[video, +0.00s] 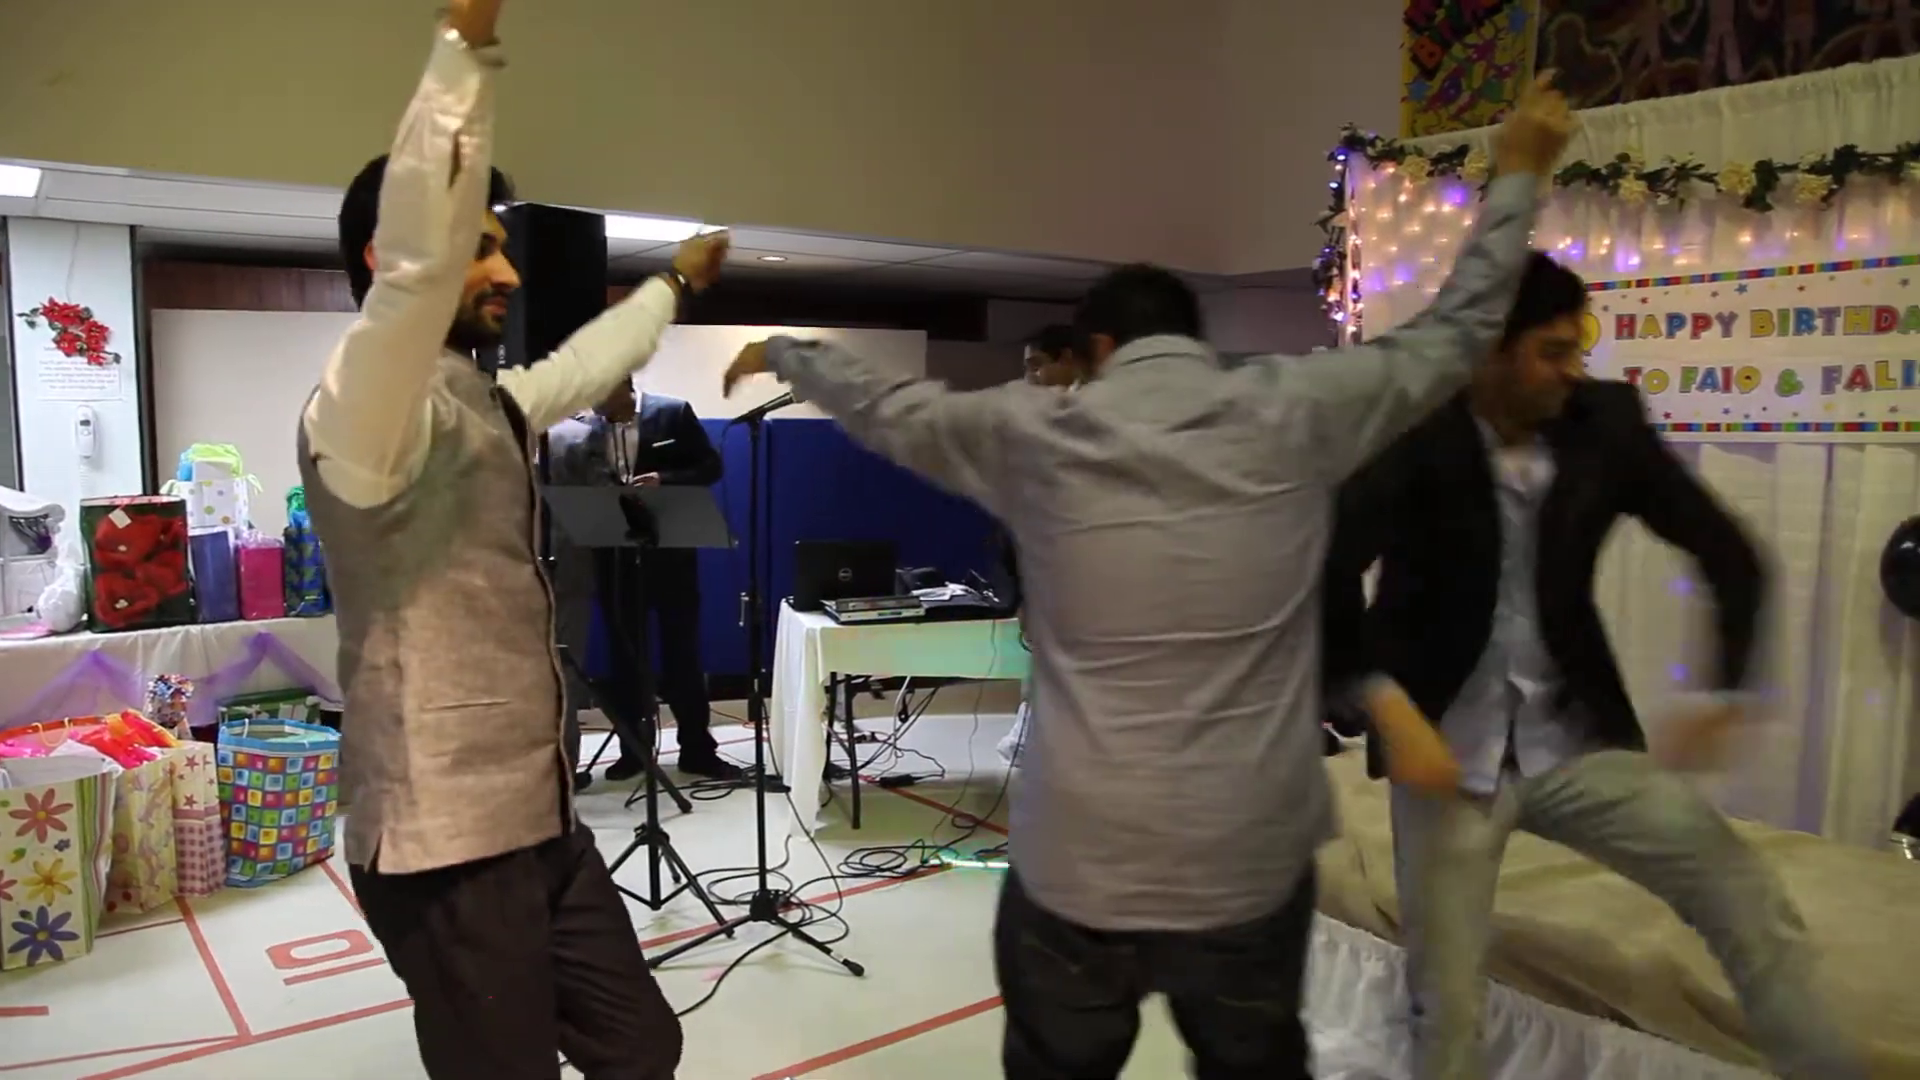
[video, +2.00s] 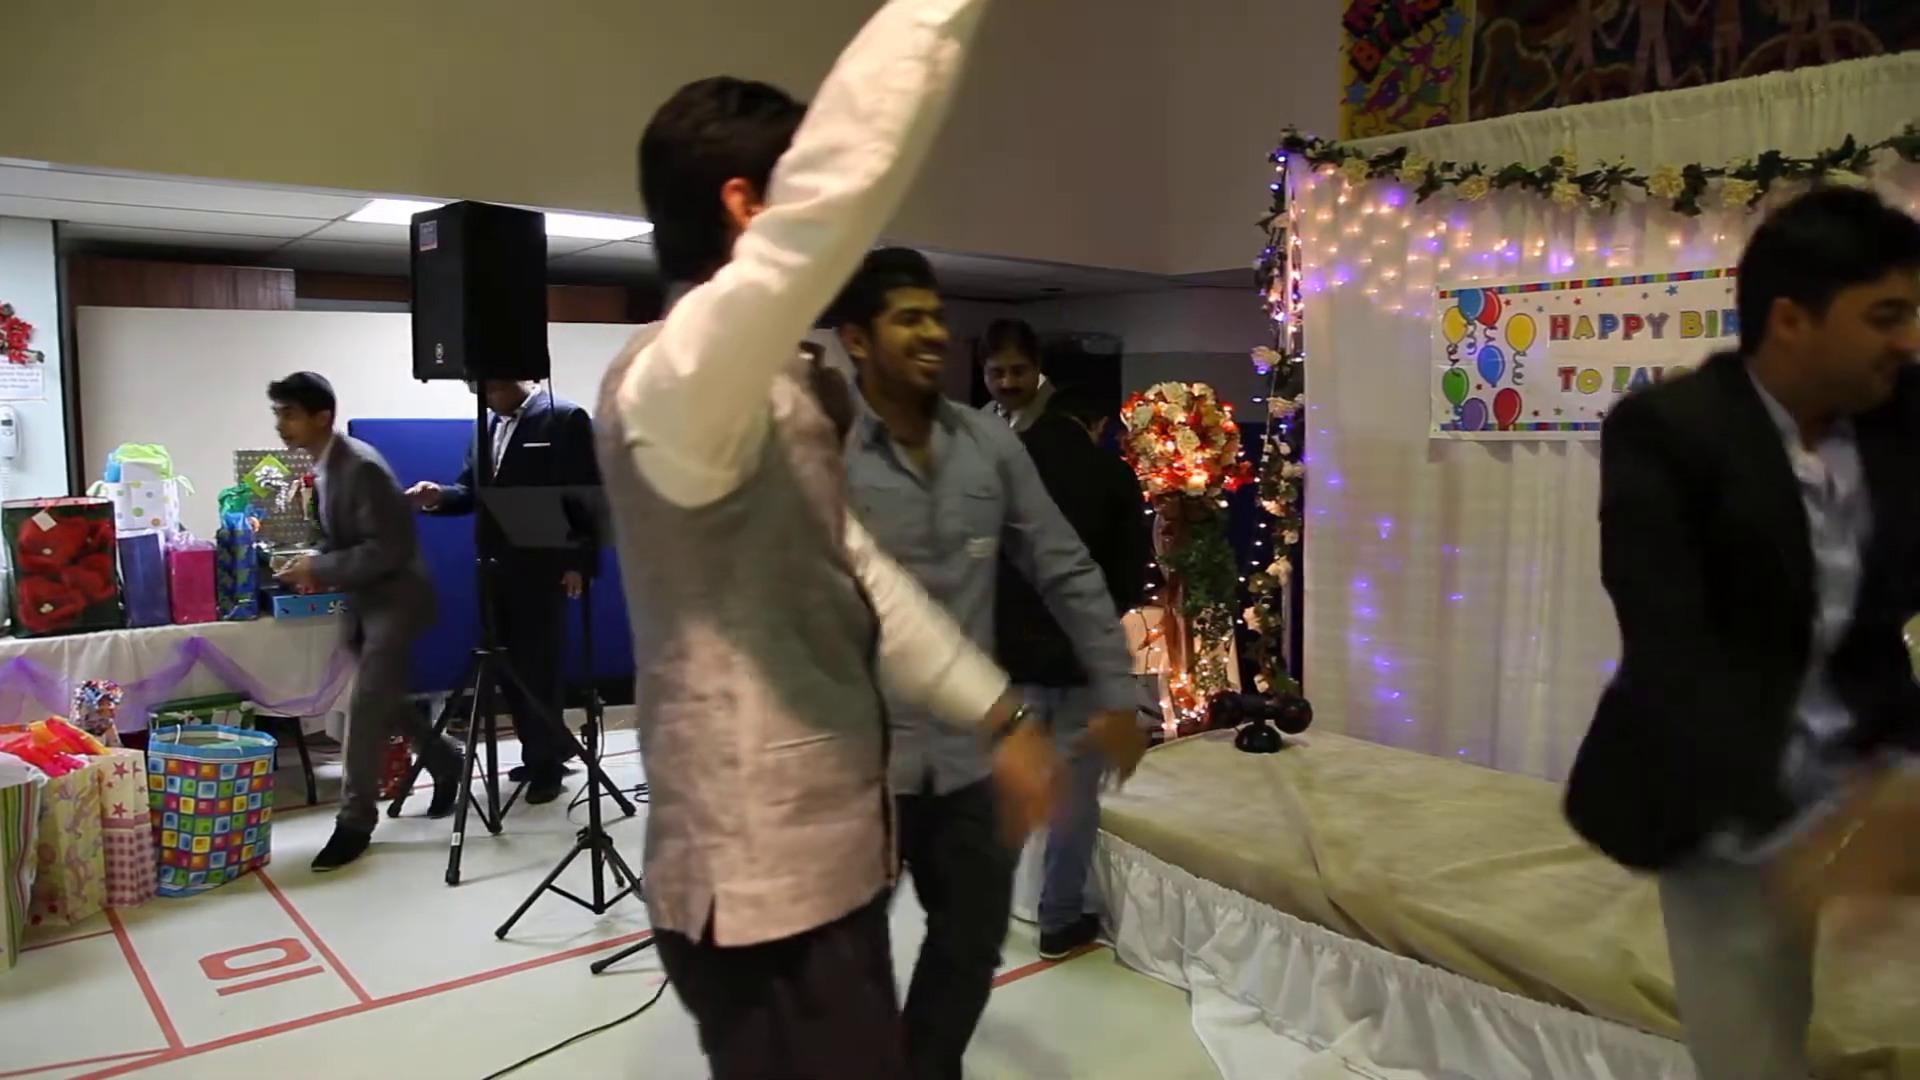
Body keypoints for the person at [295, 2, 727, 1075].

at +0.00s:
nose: (504, 266)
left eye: (502, 245)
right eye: (477, 247)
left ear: (503, 262)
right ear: (398, 268)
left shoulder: (493, 399)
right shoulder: (367, 425)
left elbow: (587, 367)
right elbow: (407, 267)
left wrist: (675, 283)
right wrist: (463, 47)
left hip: (535, 819)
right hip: (443, 843)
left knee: (639, 1046)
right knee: (504, 1072)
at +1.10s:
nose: (616, 262)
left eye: (608, 238)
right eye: (589, 239)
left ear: (582, 252)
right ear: (513, 256)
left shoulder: (587, 384)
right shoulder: (461, 418)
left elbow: (692, 322)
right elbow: (500, 249)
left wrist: (790, 207)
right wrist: (563, 29)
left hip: (635, 820)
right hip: (563, 849)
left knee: (686, 1063)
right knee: (661, 1070)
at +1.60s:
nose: (731, 218)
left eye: (723, 196)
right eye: (698, 201)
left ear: (688, 221)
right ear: (621, 217)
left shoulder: (717, 361)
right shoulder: (581, 396)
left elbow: (837, 297)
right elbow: (664, 197)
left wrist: (954, 187)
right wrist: (737, 1)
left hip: (739, 827)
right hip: (668, 850)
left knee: (709, 1065)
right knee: (757, 1069)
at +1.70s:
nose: (756, 222)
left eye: (747, 196)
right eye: (725, 200)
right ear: (645, 213)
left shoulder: (735, 365)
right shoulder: (602, 394)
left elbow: (868, 343)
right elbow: (704, 204)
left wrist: (1012, 241)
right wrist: (778, 7)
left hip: (760, 833)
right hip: (689, 858)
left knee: (773, 1055)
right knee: (752, 1066)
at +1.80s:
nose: (765, 210)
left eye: (764, 186)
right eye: (736, 189)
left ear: (696, 210)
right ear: (676, 213)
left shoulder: (759, 379)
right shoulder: (621, 398)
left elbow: (888, 414)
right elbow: (751, 209)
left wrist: (1059, 384)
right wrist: (839, 3)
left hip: (783, 840)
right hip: (705, 865)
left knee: (820, 1057)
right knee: (792, 1066)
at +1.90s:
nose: (785, 212)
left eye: (787, 189)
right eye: (764, 192)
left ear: (718, 211)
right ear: (701, 209)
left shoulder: (764, 396)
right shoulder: (643, 404)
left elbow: (872, 513)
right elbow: (781, 213)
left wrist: (1063, 568)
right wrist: (893, 3)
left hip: (809, 850)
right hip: (731, 876)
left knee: (820, 1050)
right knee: (788, 1064)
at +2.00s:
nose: (821, 209)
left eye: (822, 183)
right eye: (801, 184)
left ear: (746, 208)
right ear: (741, 203)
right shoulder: (676, 390)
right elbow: (823, 200)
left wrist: (998, 717)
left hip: (822, 856)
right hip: (760, 882)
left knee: (866, 1056)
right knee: (835, 1068)